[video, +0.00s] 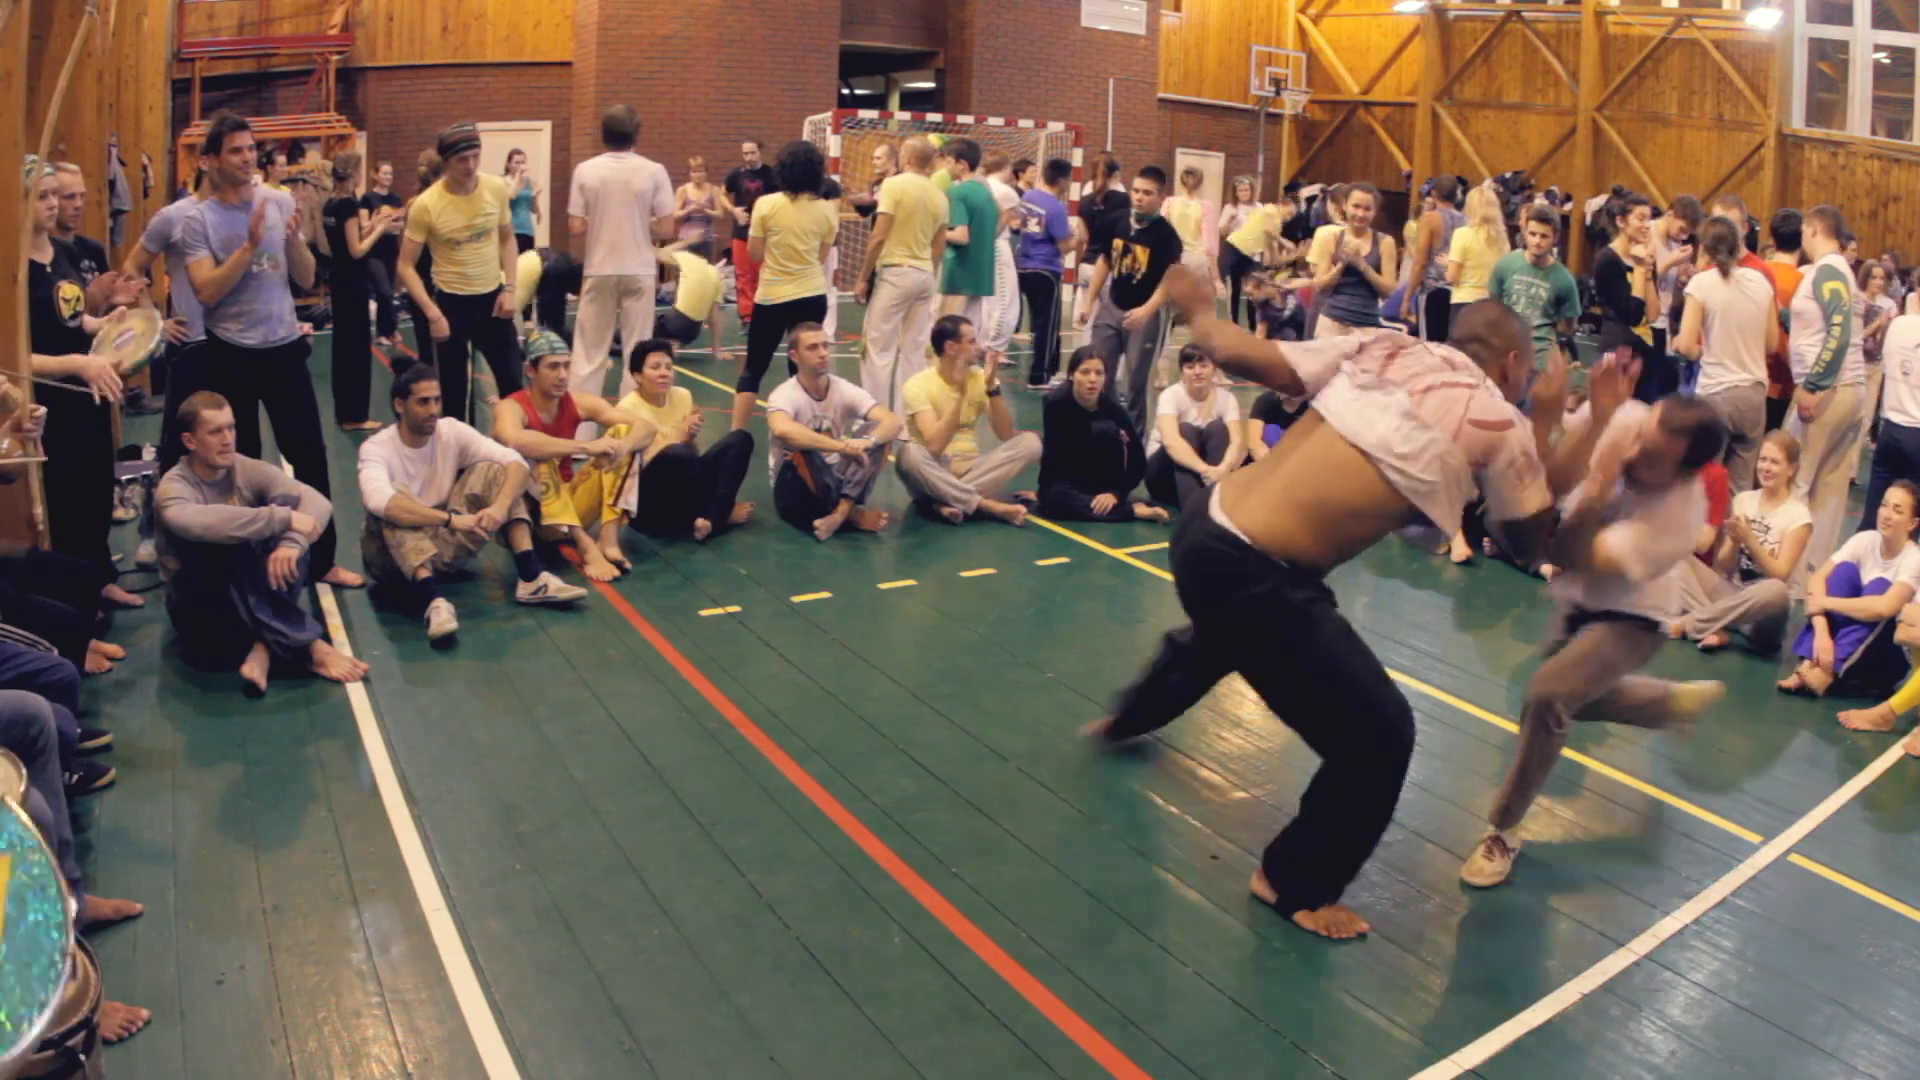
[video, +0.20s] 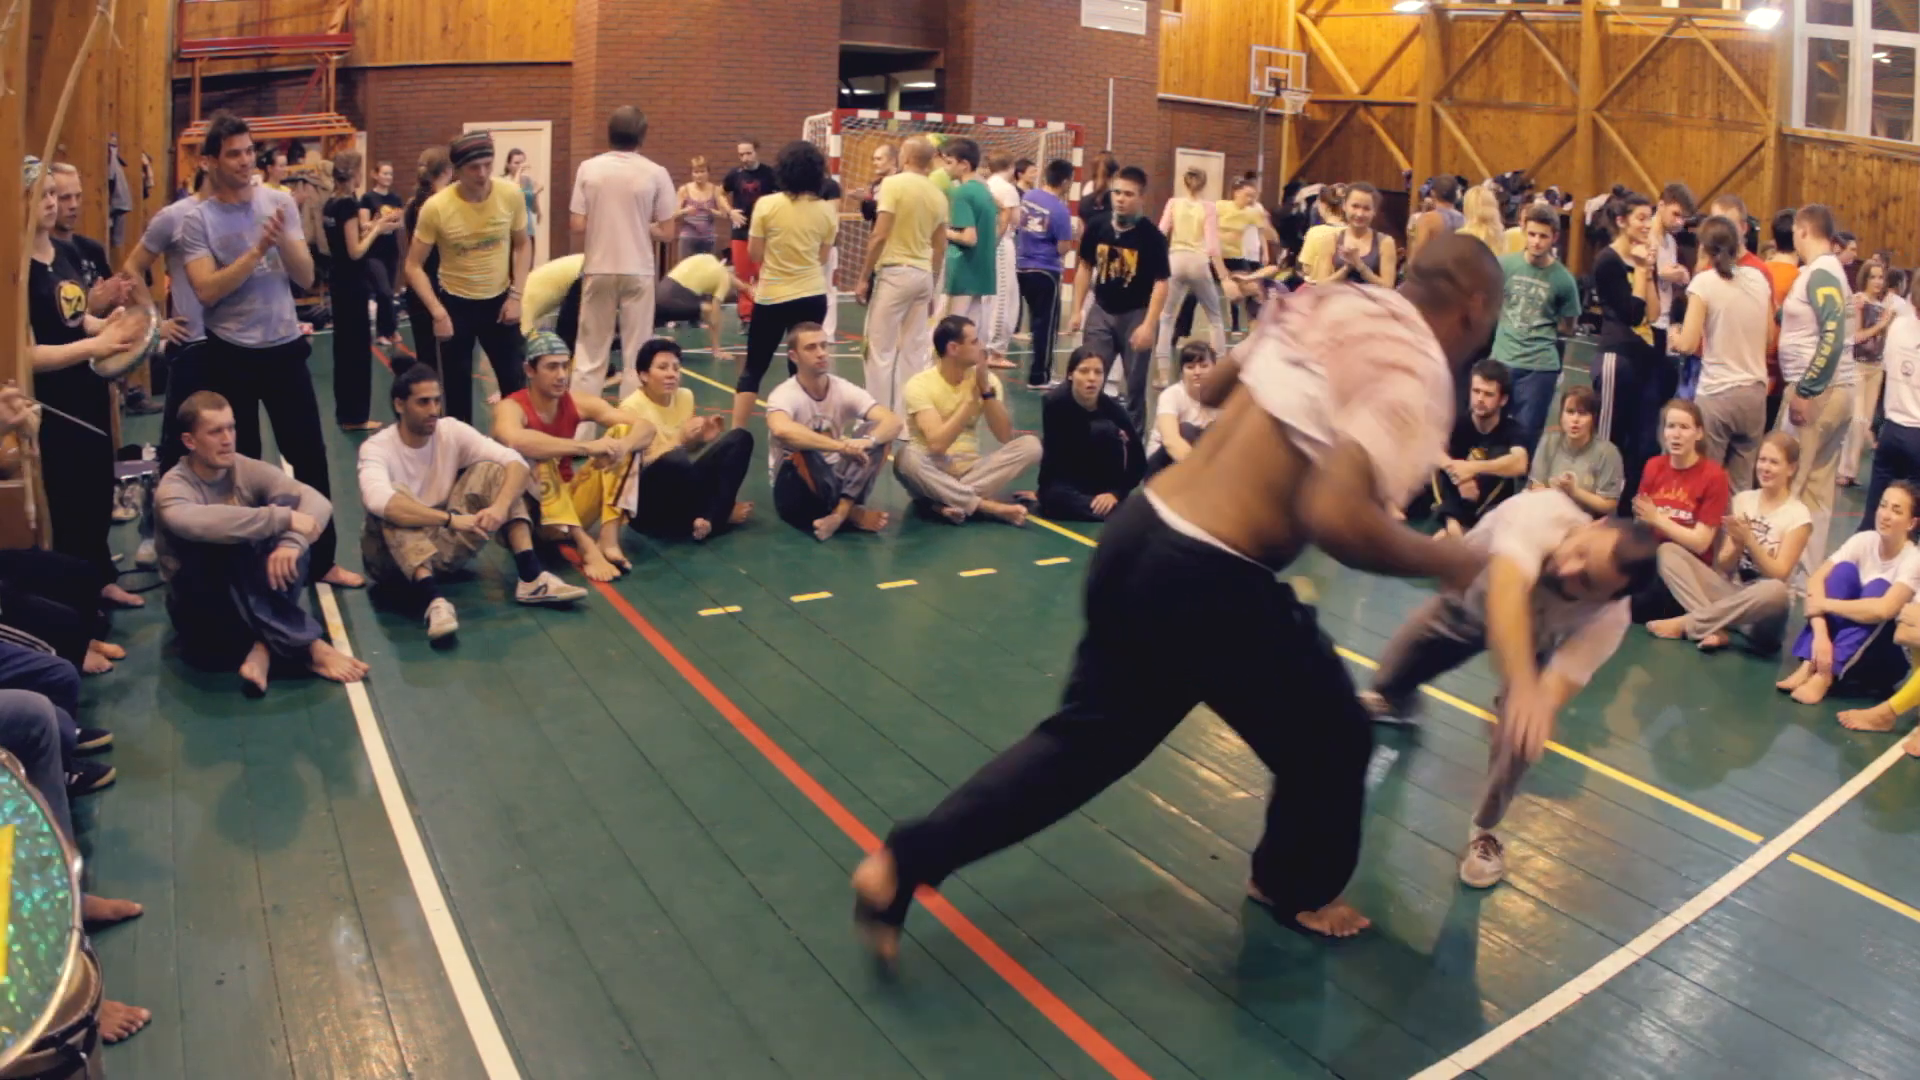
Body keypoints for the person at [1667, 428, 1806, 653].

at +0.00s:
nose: (1766, 467)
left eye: (1775, 462)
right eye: (1762, 459)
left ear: (1792, 469)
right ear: (1756, 462)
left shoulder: (1799, 515)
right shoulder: (1743, 500)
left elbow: (1781, 573)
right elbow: (1723, 566)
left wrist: (1748, 540)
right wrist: (1734, 540)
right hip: (1730, 589)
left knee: (1774, 590)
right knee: (1678, 557)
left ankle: (1686, 625)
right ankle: (1710, 629)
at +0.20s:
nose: (1765, 467)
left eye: (1774, 462)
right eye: (1762, 460)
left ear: (1791, 469)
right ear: (1756, 463)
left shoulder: (1799, 515)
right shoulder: (1742, 500)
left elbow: (1780, 572)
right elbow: (1722, 566)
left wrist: (1747, 540)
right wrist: (1737, 543)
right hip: (1730, 591)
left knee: (1774, 590)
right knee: (1668, 552)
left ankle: (1685, 624)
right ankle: (1713, 630)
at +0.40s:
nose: (1765, 468)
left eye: (1774, 462)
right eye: (1762, 460)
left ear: (1791, 469)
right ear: (1756, 462)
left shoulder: (1799, 515)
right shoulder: (1742, 500)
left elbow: (1781, 573)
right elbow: (1723, 567)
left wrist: (1748, 540)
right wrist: (1733, 539)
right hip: (1728, 590)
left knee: (1775, 591)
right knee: (1667, 552)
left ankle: (1685, 624)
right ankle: (1712, 629)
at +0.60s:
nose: (1765, 468)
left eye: (1774, 462)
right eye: (1762, 460)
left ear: (1792, 469)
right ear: (1756, 463)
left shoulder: (1799, 515)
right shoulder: (1742, 500)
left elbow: (1781, 573)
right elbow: (1722, 565)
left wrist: (1747, 540)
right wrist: (1736, 541)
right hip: (1727, 590)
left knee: (1775, 590)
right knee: (1667, 552)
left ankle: (1685, 624)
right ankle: (1712, 629)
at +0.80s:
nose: (1765, 468)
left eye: (1774, 463)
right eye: (1762, 460)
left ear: (1792, 468)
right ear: (1756, 463)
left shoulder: (1799, 515)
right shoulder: (1741, 500)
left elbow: (1782, 573)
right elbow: (1724, 566)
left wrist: (1753, 544)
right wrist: (1732, 538)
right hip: (1727, 591)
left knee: (1775, 590)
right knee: (1666, 552)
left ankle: (1685, 624)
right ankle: (1711, 629)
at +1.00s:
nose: (1764, 469)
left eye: (1773, 464)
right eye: (1762, 461)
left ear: (1792, 469)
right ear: (1757, 462)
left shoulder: (1799, 515)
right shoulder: (1741, 500)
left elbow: (1781, 572)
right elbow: (1725, 566)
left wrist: (1748, 540)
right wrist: (1736, 541)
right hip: (1728, 591)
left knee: (1774, 590)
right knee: (1666, 551)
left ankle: (1685, 624)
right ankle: (1712, 629)